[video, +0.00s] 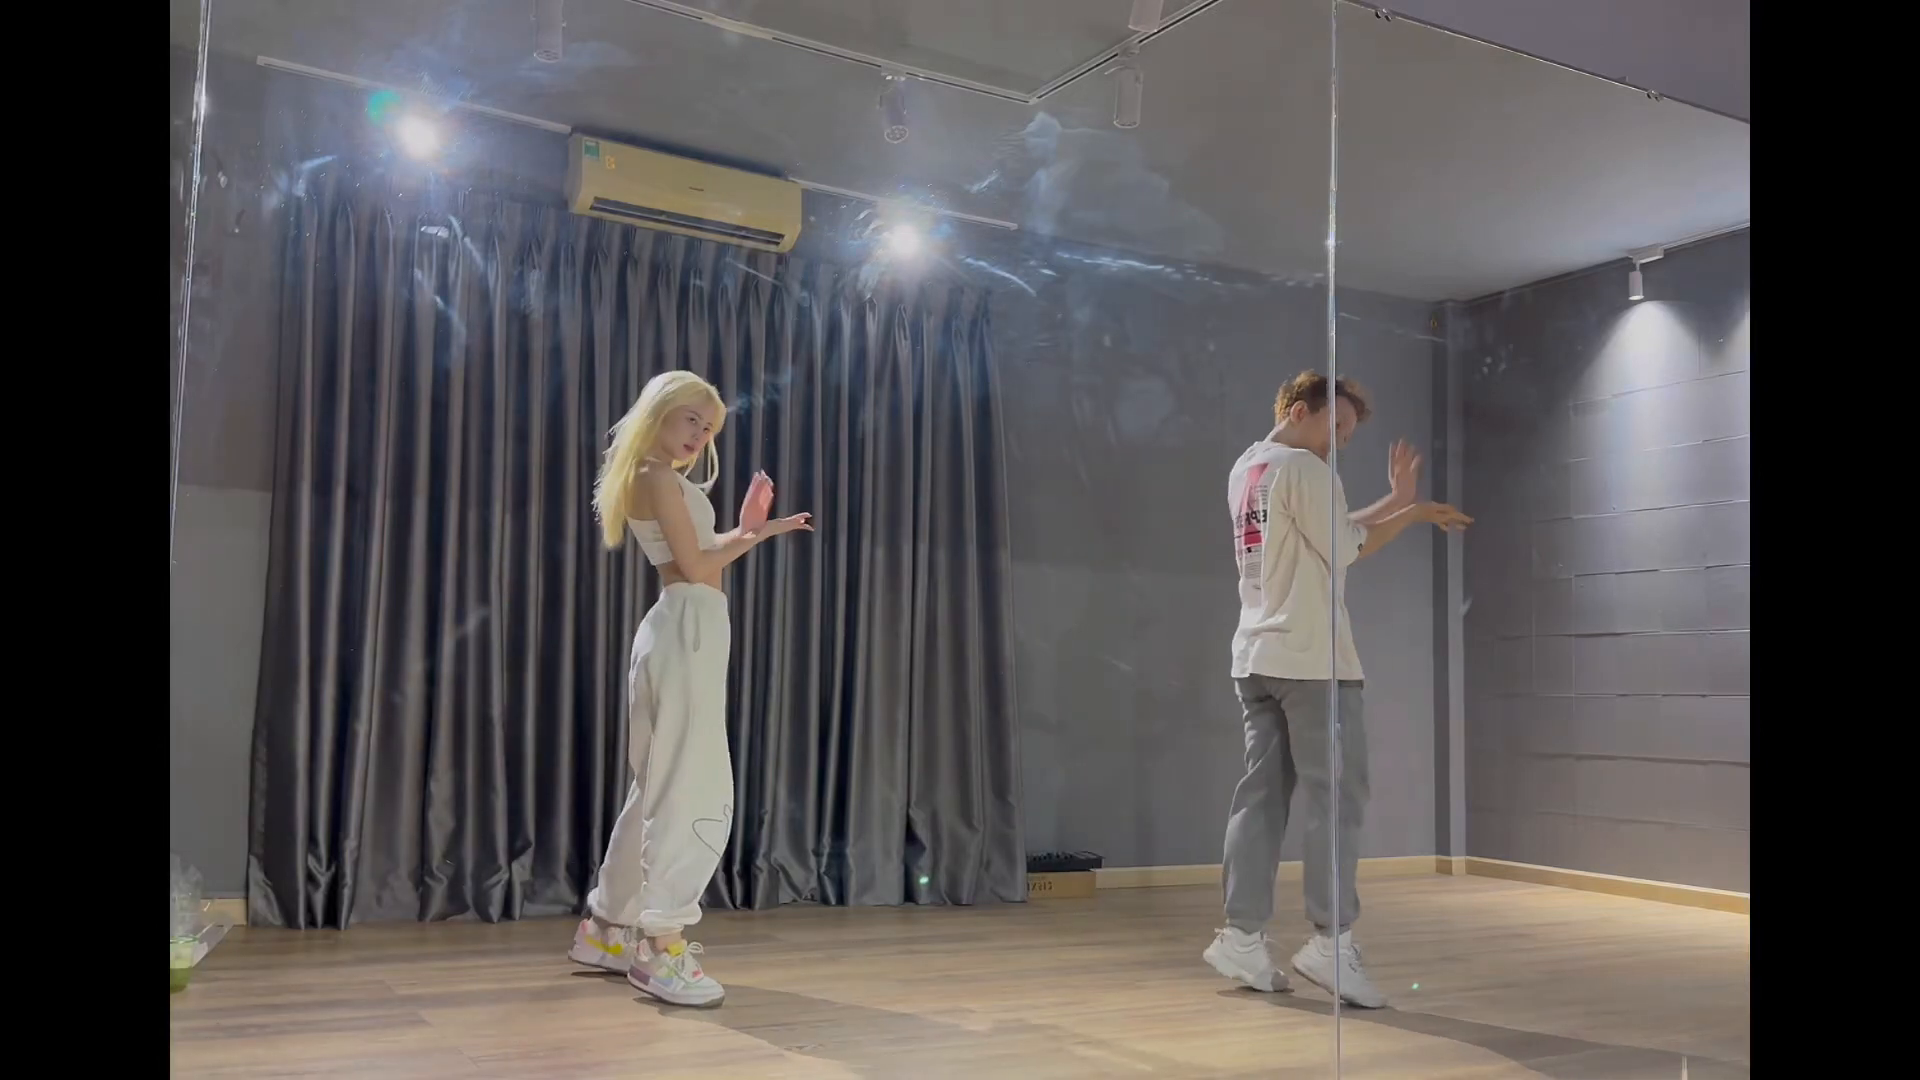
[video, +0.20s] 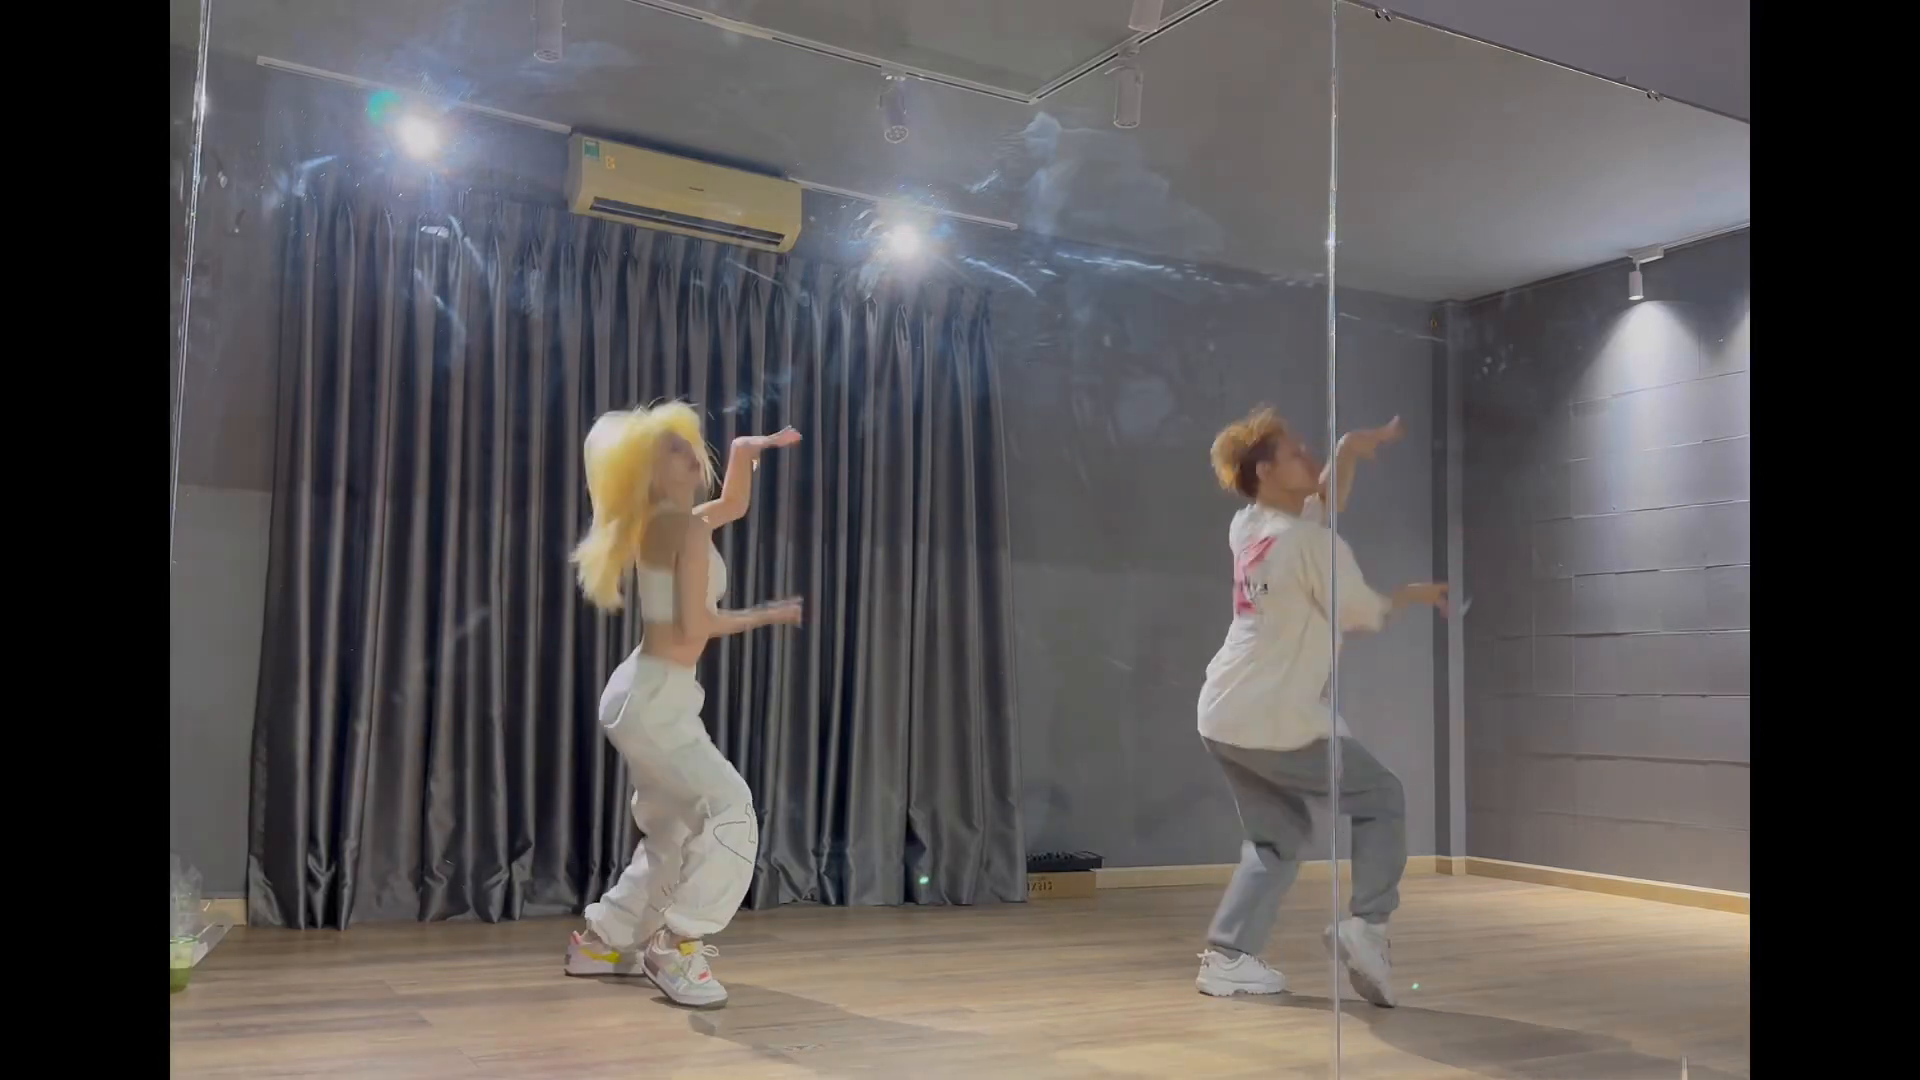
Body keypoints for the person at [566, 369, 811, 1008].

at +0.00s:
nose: (700, 434)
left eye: (708, 428)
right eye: (692, 419)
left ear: (704, 434)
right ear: (659, 415)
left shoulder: (656, 480)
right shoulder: (660, 479)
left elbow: (695, 563)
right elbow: (694, 566)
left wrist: (744, 530)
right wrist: (759, 534)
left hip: (669, 636)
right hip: (686, 639)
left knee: (657, 789)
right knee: (692, 792)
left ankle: (603, 929)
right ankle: (663, 948)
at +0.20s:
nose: (693, 457)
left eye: (691, 447)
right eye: (675, 450)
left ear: (695, 461)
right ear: (649, 473)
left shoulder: (657, 520)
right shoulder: (683, 527)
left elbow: (732, 503)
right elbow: (698, 625)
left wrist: (743, 449)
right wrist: (769, 615)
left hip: (634, 698)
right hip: (658, 705)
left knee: (674, 833)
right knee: (734, 812)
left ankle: (605, 939)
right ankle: (678, 946)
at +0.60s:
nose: (680, 474)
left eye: (686, 467)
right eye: (667, 462)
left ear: (685, 477)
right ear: (634, 469)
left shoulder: (630, 527)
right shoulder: (649, 531)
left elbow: (705, 531)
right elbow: (691, 614)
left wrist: (726, 534)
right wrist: (746, 610)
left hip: (644, 697)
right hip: (661, 701)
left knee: (676, 835)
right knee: (735, 818)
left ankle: (605, 941)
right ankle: (617, 924)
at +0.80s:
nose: (686, 476)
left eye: (695, 468)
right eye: (676, 461)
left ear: (699, 475)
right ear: (644, 459)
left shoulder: (659, 523)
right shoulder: (633, 509)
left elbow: (646, 608)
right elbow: (666, 578)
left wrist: (723, 607)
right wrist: (708, 523)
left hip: (698, 682)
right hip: (672, 683)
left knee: (755, 811)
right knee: (668, 828)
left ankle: (664, 903)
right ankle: (577, 948)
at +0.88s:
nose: (705, 448)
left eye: (712, 438)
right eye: (692, 437)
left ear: (718, 447)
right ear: (661, 444)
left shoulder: (665, 501)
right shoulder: (682, 494)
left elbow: (666, 594)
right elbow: (750, 548)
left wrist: (715, 608)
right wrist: (771, 523)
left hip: (691, 673)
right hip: (674, 673)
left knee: (770, 796)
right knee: (661, 828)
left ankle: (736, 922)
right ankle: (576, 948)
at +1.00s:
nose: (744, 438)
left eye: (743, 430)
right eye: (729, 437)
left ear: (759, 443)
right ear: (712, 464)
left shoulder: (716, 501)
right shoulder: (741, 494)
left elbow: (691, 601)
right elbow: (831, 528)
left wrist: (742, 601)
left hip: (692, 672)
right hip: (669, 669)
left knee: (752, 808)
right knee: (639, 816)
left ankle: (788, 933)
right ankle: (574, 947)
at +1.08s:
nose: (781, 445)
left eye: (778, 437)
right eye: (763, 440)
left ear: (778, 453)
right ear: (738, 461)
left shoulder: (749, 514)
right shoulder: (755, 504)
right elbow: (846, 519)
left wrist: (759, 602)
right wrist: (936, 515)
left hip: (703, 673)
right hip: (674, 662)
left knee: (744, 810)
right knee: (628, 805)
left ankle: (789, 935)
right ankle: (574, 946)